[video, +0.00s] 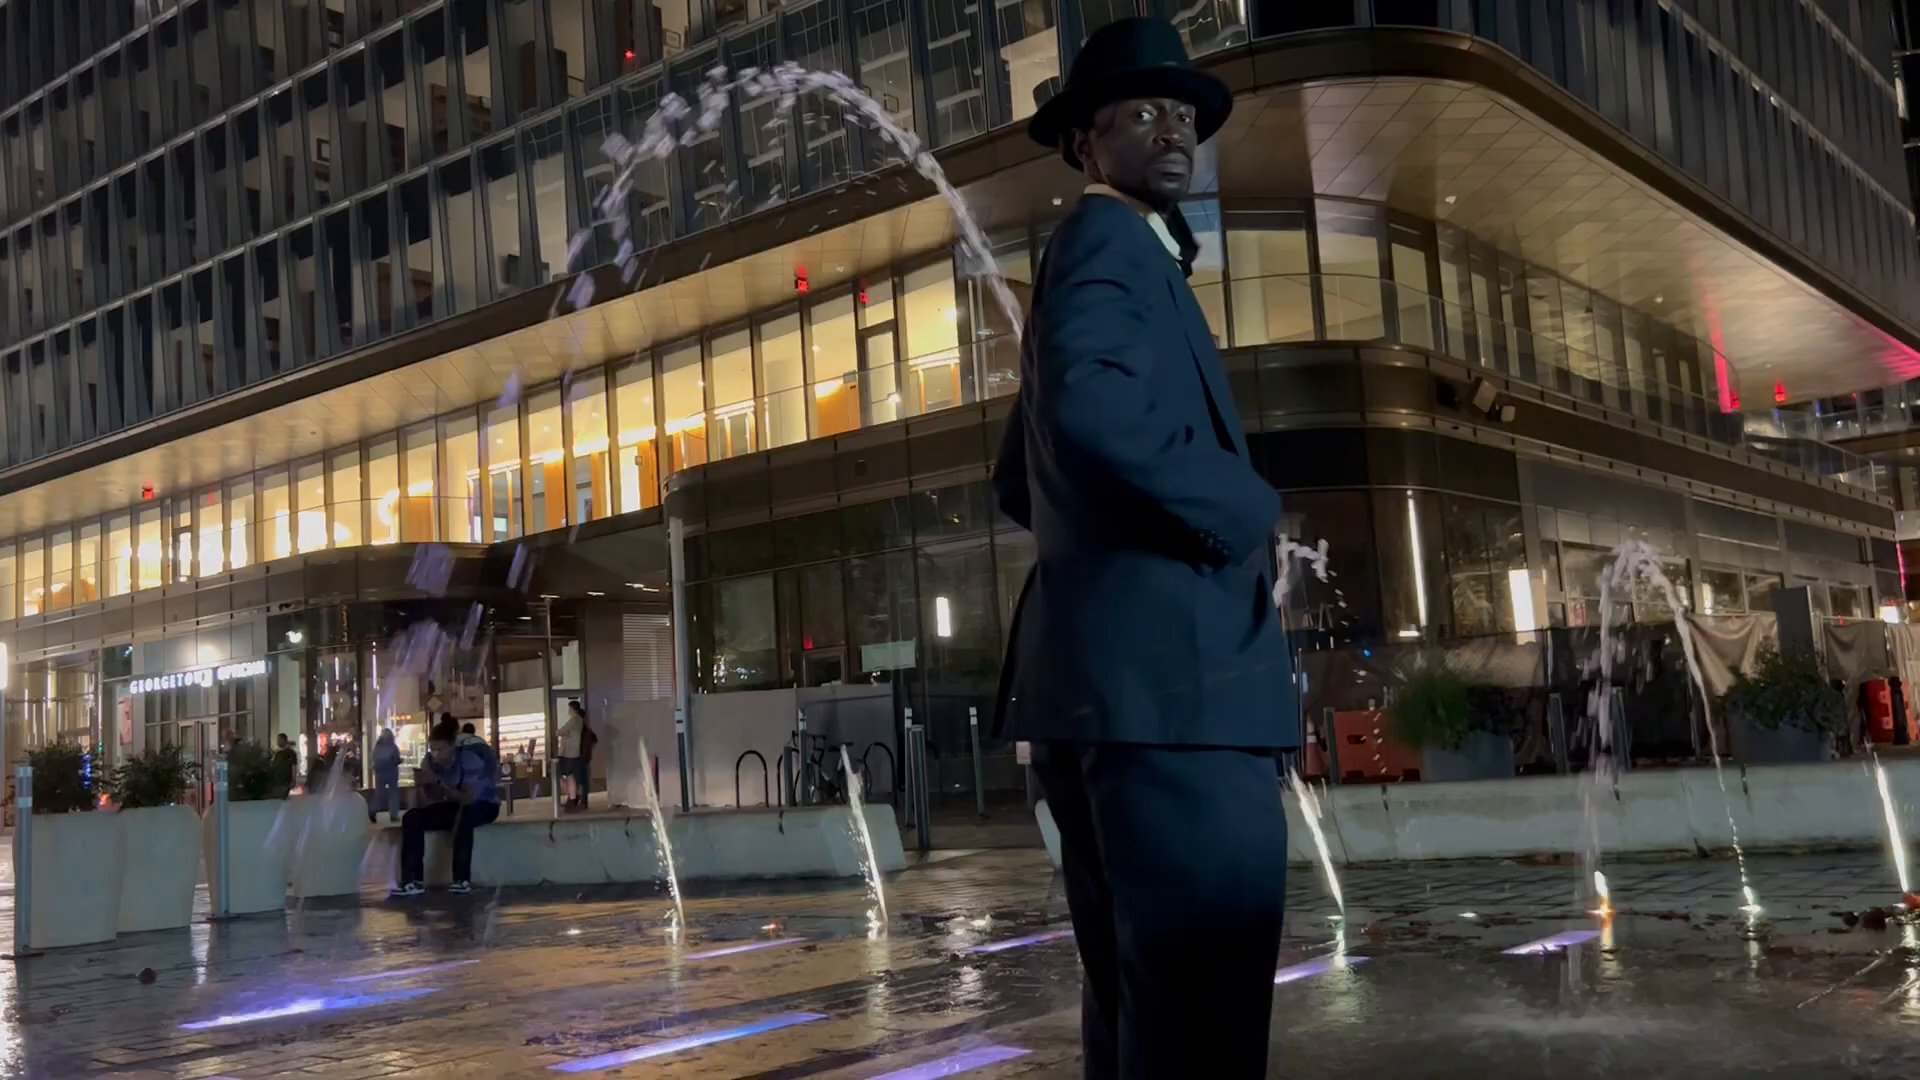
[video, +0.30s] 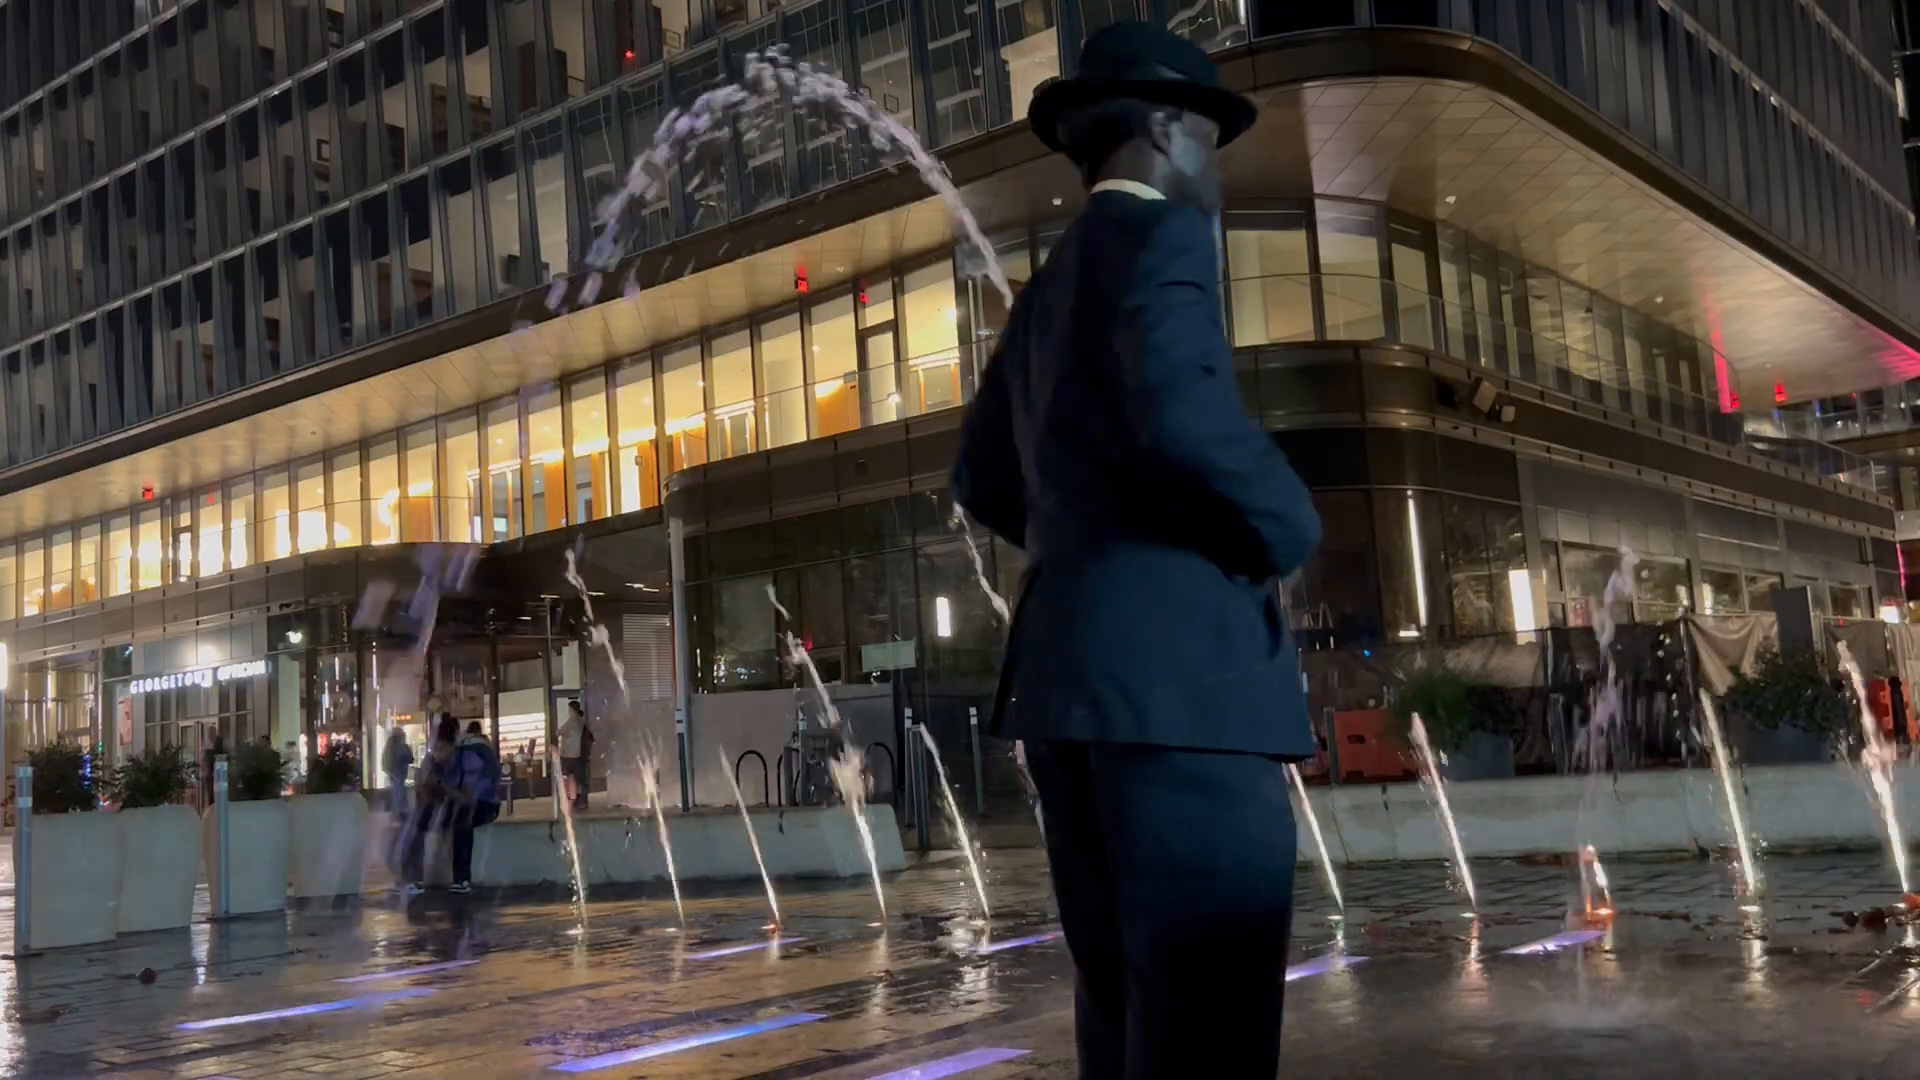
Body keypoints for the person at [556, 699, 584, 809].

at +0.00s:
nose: (568, 711)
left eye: (569, 709)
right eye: (569, 709)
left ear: (572, 709)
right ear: (577, 709)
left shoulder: (574, 720)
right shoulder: (578, 720)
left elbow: (562, 731)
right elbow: (568, 732)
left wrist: (559, 732)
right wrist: (563, 732)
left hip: (570, 754)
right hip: (573, 753)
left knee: (571, 777)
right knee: (564, 776)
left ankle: (572, 799)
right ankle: (570, 798)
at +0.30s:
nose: (569, 712)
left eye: (570, 710)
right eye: (569, 710)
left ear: (572, 710)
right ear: (578, 710)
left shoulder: (572, 722)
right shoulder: (581, 722)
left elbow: (561, 731)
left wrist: (556, 732)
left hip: (568, 755)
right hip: (579, 755)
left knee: (566, 777)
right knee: (581, 779)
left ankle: (570, 798)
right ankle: (582, 799)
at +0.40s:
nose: (569, 713)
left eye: (570, 710)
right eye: (569, 710)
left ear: (572, 711)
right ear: (578, 711)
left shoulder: (571, 722)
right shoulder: (582, 723)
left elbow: (561, 731)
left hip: (568, 754)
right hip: (578, 754)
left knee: (569, 777)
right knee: (577, 778)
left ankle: (571, 799)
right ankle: (578, 798)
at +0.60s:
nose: (569, 711)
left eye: (570, 709)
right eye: (569, 709)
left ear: (571, 709)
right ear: (577, 709)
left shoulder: (570, 720)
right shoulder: (581, 721)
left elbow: (563, 731)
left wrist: (558, 732)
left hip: (569, 754)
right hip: (577, 754)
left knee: (571, 778)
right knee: (578, 778)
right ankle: (581, 799)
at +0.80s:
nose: (568, 711)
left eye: (569, 709)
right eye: (569, 709)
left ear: (570, 709)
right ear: (577, 709)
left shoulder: (569, 722)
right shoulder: (580, 721)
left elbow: (559, 732)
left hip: (566, 754)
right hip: (576, 753)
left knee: (565, 777)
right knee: (575, 776)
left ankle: (572, 799)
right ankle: (579, 798)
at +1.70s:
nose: (563, 710)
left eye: (564, 708)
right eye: (564, 707)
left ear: (566, 708)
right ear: (573, 708)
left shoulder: (566, 719)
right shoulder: (575, 720)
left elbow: (557, 732)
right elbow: (573, 734)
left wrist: (551, 732)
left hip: (565, 752)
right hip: (573, 751)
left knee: (565, 777)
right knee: (570, 777)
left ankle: (570, 800)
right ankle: (572, 800)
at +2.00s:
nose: (560, 710)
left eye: (561, 708)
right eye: (561, 708)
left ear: (563, 708)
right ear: (569, 708)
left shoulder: (560, 720)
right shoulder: (572, 720)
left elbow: (552, 733)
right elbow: (571, 734)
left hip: (560, 753)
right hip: (568, 752)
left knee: (563, 779)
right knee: (570, 779)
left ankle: (564, 801)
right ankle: (572, 800)